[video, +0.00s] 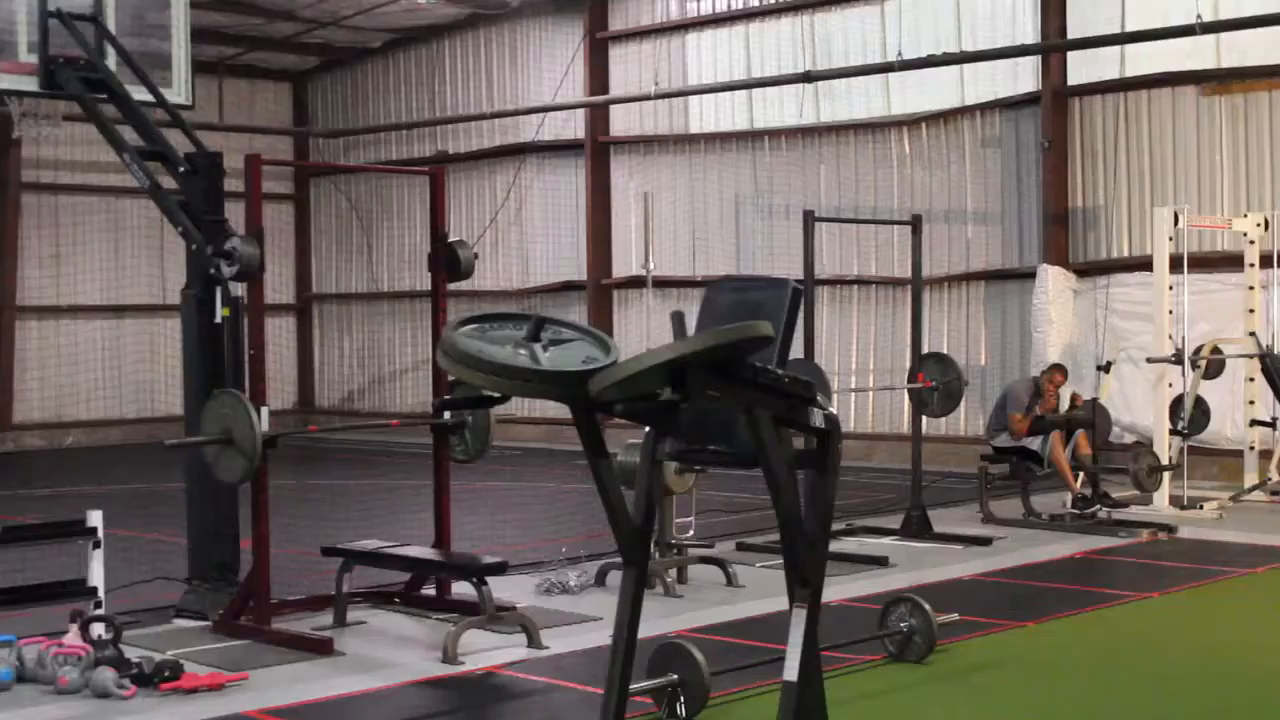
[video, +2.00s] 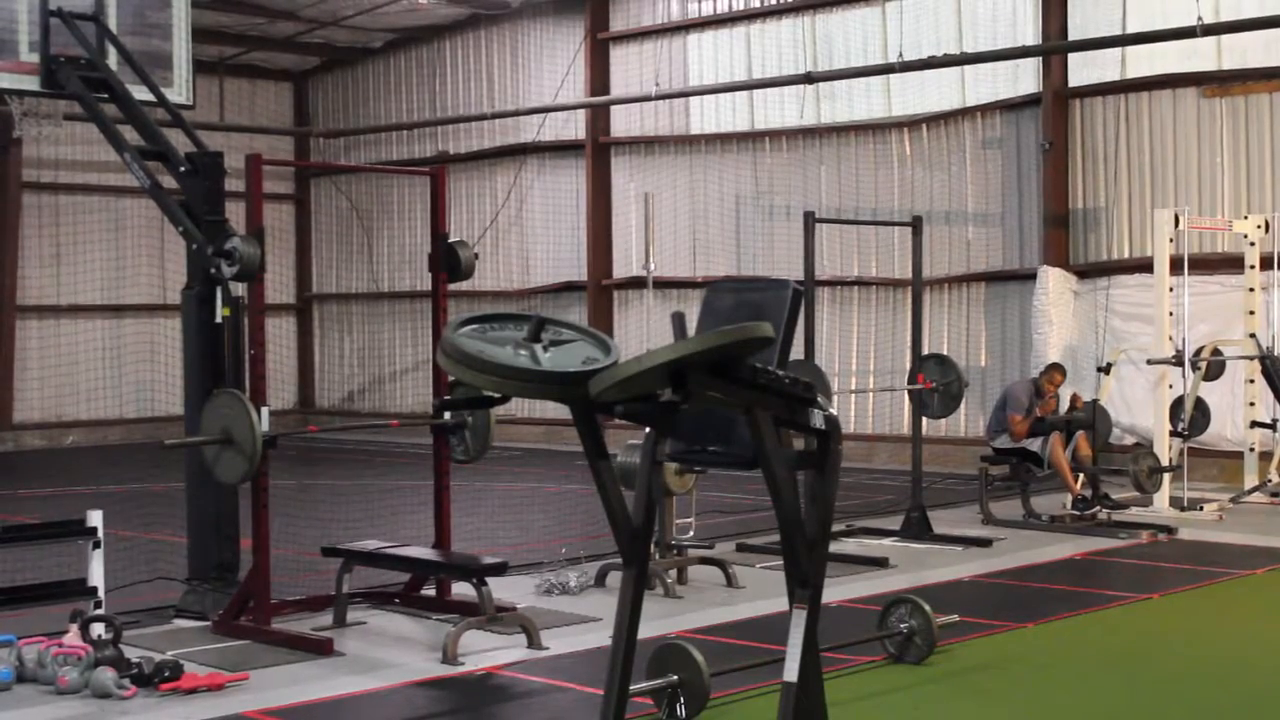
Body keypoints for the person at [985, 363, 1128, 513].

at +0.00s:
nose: (1052, 390)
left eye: (1057, 387)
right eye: (1050, 383)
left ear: (1061, 386)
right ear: (1043, 376)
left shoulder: (1051, 395)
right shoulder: (1019, 390)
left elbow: (1051, 423)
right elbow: (1017, 431)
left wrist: (1071, 409)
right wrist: (1040, 411)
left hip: (1028, 436)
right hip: (1002, 437)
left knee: (1079, 434)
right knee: (1053, 437)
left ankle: (1097, 491)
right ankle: (1076, 495)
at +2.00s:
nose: (1052, 390)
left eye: (1056, 387)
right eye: (1050, 384)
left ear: (1059, 386)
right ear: (1041, 376)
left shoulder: (1050, 395)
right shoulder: (1019, 391)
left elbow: (1052, 426)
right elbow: (1017, 435)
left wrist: (1071, 411)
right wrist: (1039, 413)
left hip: (1028, 438)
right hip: (1002, 439)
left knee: (1079, 435)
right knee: (1053, 440)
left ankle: (1097, 493)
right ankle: (1077, 497)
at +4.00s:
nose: (1054, 389)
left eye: (1058, 386)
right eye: (1051, 383)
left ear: (1061, 386)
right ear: (1041, 375)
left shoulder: (1050, 395)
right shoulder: (1019, 391)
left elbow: (1053, 425)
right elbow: (1018, 435)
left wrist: (1072, 410)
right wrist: (1039, 412)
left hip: (1031, 436)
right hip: (1003, 439)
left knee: (1080, 436)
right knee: (1055, 438)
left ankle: (1099, 493)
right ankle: (1078, 497)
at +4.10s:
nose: (1054, 389)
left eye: (1058, 386)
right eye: (1051, 383)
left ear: (1061, 385)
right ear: (1042, 375)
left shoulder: (1052, 396)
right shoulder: (1020, 391)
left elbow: (1052, 426)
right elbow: (1018, 434)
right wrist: (1041, 411)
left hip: (1028, 436)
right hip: (1003, 440)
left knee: (1068, 438)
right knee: (1055, 442)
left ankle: (1081, 494)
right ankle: (1079, 496)